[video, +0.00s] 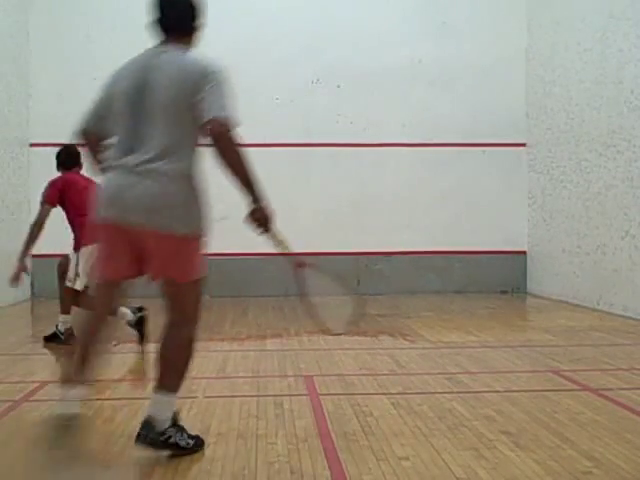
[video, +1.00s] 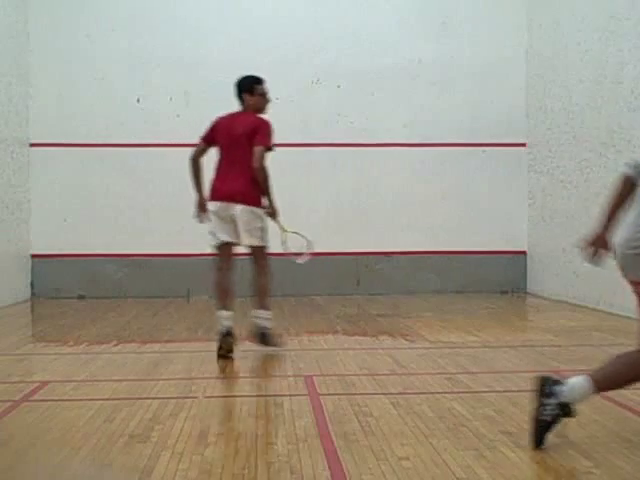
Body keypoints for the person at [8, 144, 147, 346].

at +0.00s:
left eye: (58, 164)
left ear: (59, 165)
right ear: (80, 164)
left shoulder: (59, 183)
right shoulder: (93, 184)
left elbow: (40, 221)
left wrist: (23, 257)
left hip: (88, 241)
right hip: (108, 237)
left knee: (75, 295)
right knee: (63, 267)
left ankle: (130, 316)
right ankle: (64, 327)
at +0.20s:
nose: (90, 149)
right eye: (90, 146)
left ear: (70, 149)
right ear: (92, 147)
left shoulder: (65, 170)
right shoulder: (107, 168)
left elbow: (37, 199)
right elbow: (146, 183)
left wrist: (7, 230)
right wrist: (181, 189)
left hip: (89, 230)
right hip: (114, 231)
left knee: (67, 277)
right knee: (75, 278)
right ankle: (68, 325)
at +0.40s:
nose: (124, 133)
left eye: (122, 129)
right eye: (121, 130)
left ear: (100, 135)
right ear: (112, 133)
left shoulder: (86, 160)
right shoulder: (132, 156)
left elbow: (56, 195)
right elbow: (169, 181)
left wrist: (39, 233)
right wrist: (193, 179)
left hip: (97, 227)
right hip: (129, 228)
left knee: (80, 282)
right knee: (110, 272)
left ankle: (76, 337)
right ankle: (100, 325)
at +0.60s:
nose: (173, 128)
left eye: (172, 123)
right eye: (169, 123)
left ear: (150, 127)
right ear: (157, 126)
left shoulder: (127, 150)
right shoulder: (170, 154)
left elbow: (99, 185)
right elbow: (194, 183)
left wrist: (102, 218)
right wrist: (216, 197)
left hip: (121, 224)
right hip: (154, 228)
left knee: (97, 278)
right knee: (166, 276)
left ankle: (76, 336)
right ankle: (184, 317)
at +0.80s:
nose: (227, 115)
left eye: (226, 110)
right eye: (222, 110)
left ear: (203, 113)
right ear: (209, 112)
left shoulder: (182, 137)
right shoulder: (222, 141)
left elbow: (153, 172)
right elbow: (228, 180)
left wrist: (155, 207)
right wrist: (240, 210)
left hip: (176, 214)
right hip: (207, 218)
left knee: (152, 269)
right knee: (211, 278)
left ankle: (128, 323)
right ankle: (210, 333)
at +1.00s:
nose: (267, 99)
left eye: (266, 94)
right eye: (263, 94)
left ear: (244, 97)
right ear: (248, 96)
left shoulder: (222, 122)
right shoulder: (261, 124)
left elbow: (196, 156)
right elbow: (257, 164)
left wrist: (200, 196)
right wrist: (270, 200)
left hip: (219, 199)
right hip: (248, 201)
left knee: (223, 262)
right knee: (260, 261)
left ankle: (225, 325)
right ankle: (261, 323)